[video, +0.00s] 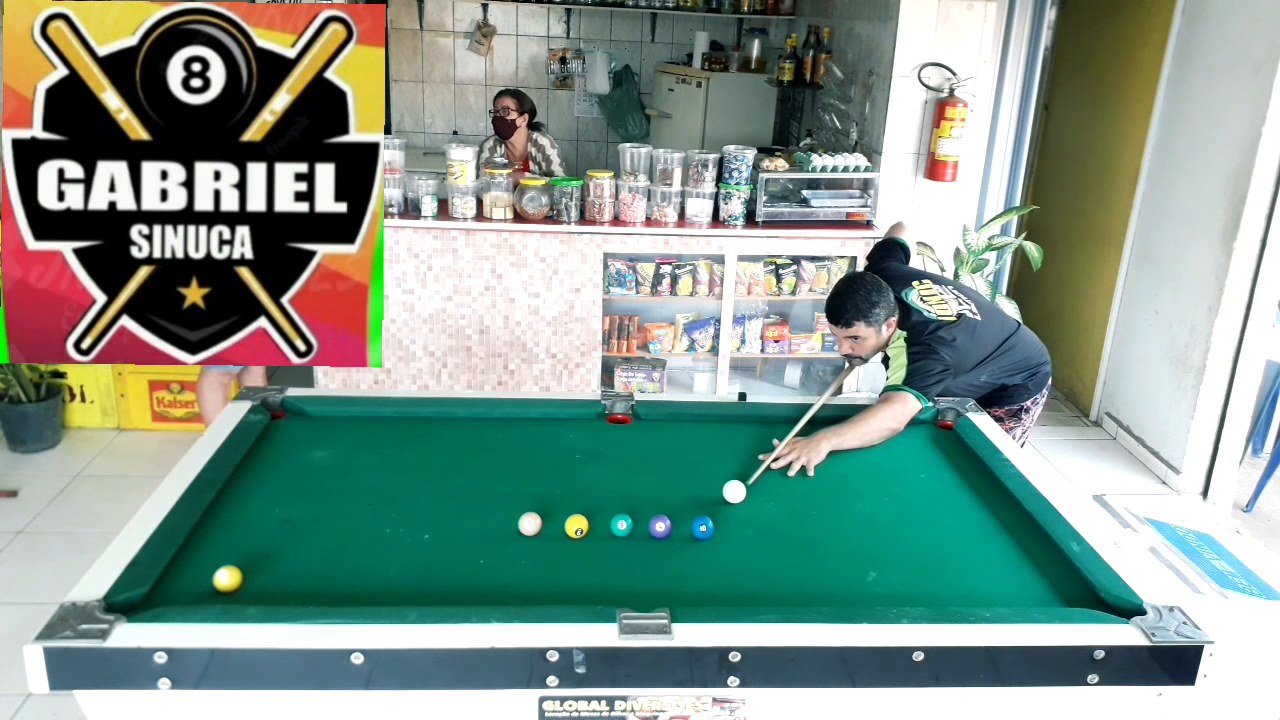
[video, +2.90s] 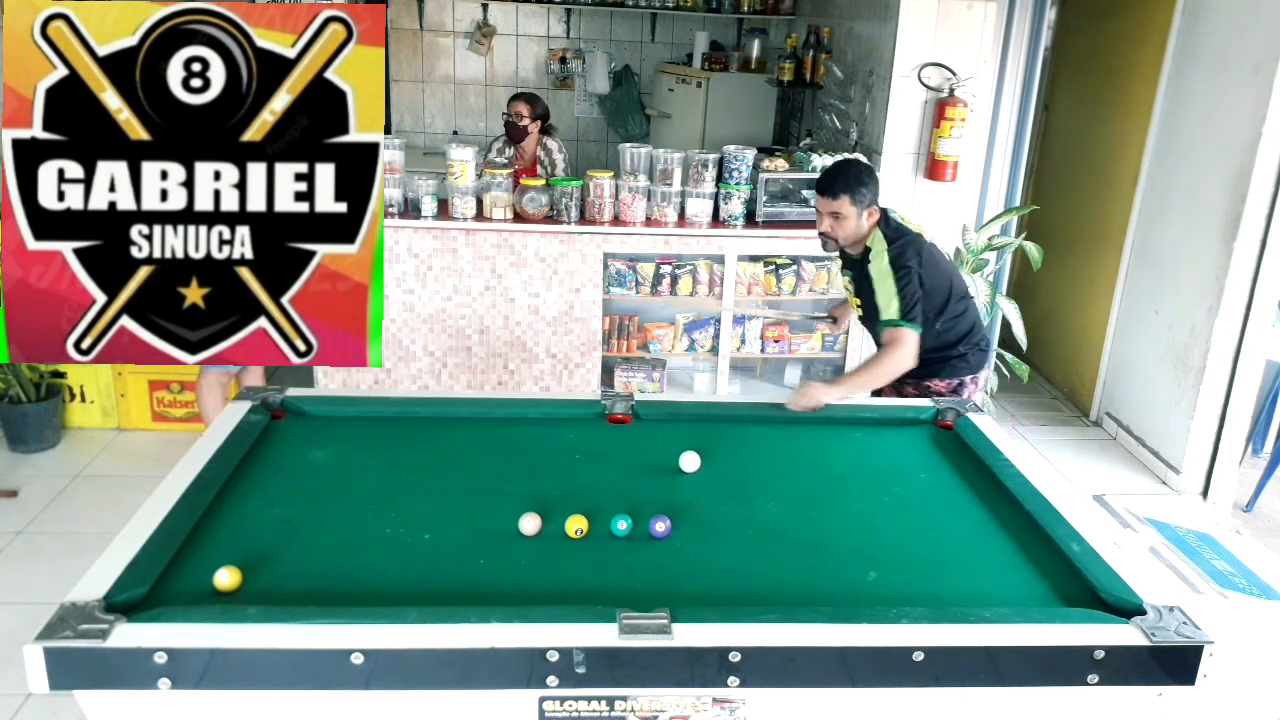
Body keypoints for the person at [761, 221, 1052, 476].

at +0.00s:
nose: (844, 349)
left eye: (854, 338)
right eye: (837, 336)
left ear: (889, 326)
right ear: (833, 318)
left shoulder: (926, 351)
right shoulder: (885, 272)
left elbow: (893, 415)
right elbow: (901, 229)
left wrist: (824, 439)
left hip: (1021, 375)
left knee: (986, 475)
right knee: (946, 459)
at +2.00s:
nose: (849, 338)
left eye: (861, 327)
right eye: (842, 324)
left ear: (895, 316)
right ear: (837, 309)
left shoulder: (930, 342)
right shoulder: (894, 269)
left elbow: (894, 412)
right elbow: (897, 240)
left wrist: (823, 441)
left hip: (1020, 376)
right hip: (970, 363)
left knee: (988, 475)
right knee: (947, 459)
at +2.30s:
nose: (843, 297)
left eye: (854, 287)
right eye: (838, 285)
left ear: (890, 279)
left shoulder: (919, 313)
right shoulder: (893, 250)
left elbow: (892, 391)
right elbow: (905, 231)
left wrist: (829, 437)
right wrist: (887, 307)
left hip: (1003, 377)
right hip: (947, 371)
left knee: (978, 477)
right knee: (929, 463)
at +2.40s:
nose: (839, 279)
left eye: (851, 269)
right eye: (835, 267)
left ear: (887, 264)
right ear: (829, 256)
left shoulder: (918, 294)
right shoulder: (888, 245)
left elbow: (900, 382)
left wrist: (831, 424)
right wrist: (887, 312)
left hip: (994, 377)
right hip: (939, 371)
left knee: (975, 479)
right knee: (924, 468)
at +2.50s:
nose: (834, 257)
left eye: (846, 247)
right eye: (830, 245)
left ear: (882, 243)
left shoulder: (914, 278)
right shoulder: (878, 254)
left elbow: (895, 373)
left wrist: (811, 396)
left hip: (980, 381)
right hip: (930, 375)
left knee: (968, 489)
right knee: (917, 480)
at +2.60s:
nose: (833, 247)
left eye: (845, 237)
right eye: (830, 235)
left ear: (882, 234)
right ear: (826, 226)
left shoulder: (912, 273)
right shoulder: (874, 248)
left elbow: (876, 364)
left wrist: (791, 386)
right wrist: (872, 315)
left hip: (971, 380)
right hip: (915, 372)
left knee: (954, 488)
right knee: (896, 476)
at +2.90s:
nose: (822, 227)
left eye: (835, 217)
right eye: (819, 214)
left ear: (870, 216)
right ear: (816, 204)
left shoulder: (894, 255)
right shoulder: (856, 236)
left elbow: (903, 353)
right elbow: (869, 278)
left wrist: (833, 390)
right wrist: (850, 305)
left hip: (948, 371)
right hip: (901, 363)